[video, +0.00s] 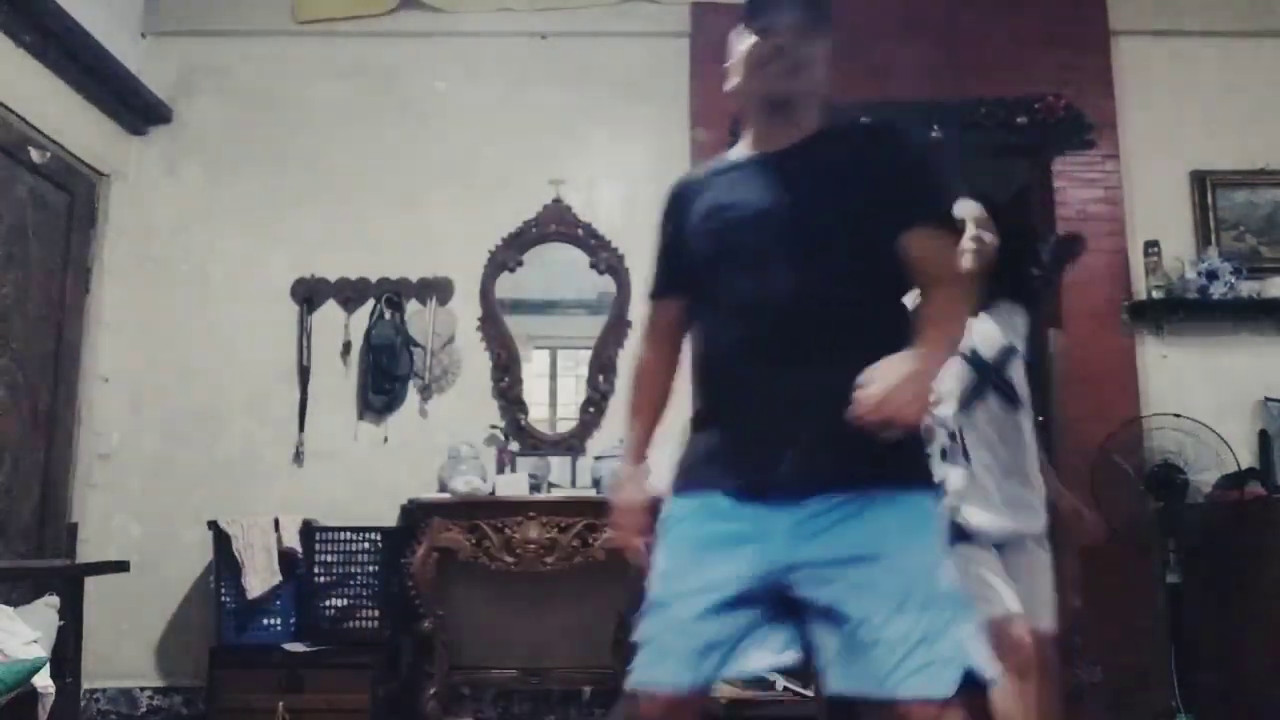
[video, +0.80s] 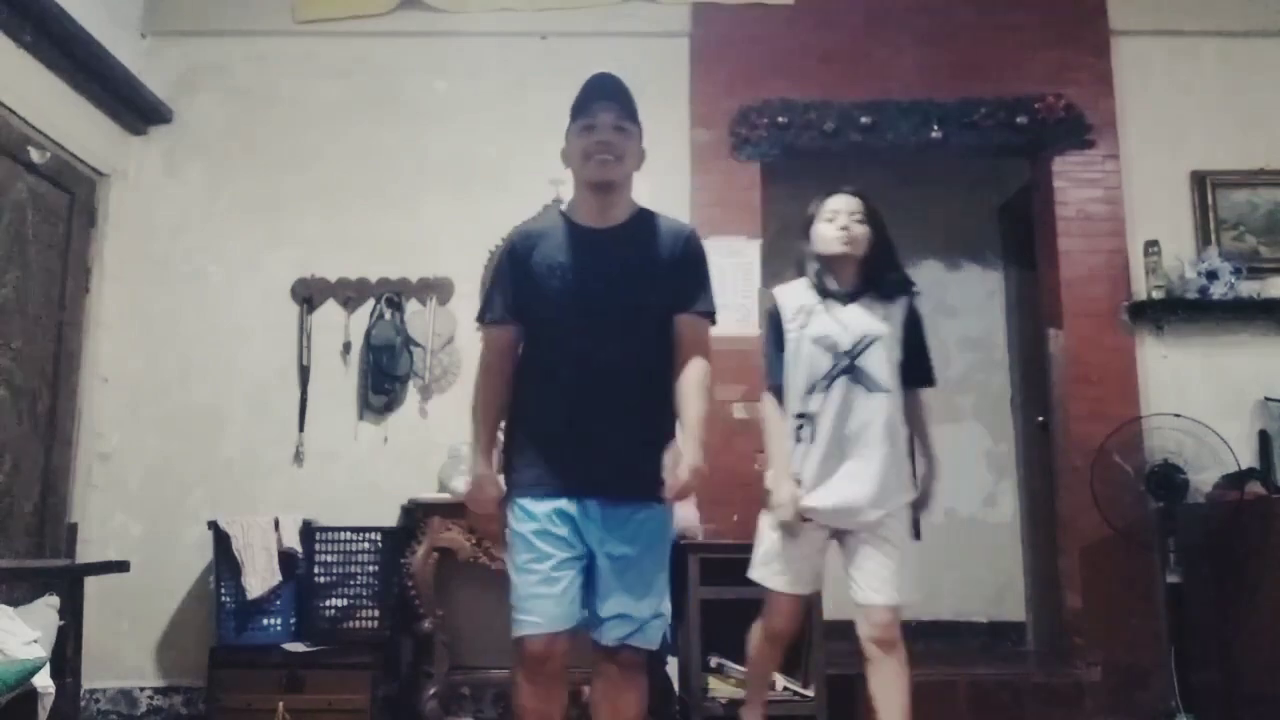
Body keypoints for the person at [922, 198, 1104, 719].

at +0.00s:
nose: (969, 244)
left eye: (981, 232)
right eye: (957, 231)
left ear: (999, 249)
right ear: (936, 244)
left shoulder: (1009, 321)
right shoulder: (921, 325)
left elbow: (1020, 435)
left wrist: (1059, 497)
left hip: (1025, 520)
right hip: (961, 521)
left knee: (1040, 651)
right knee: (1016, 648)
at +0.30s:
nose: (971, 220)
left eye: (984, 212)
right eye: (959, 209)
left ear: (1000, 229)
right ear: (936, 222)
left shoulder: (1018, 306)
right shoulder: (901, 289)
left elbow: (1030, 418)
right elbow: (847, 370)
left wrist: (1057, 499)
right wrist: (850, 459)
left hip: (1011, 495)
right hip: (934, 492)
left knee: (1034, 643)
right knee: (986, 642)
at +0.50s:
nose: (924, 234)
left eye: (937, 226)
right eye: (912, 225)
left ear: (956, 244)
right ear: (888, 241)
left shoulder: (983, 320)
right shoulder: (858, 315)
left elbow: (997, 429)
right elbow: (820, 409)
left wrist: (1001, 522)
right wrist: (816, 500)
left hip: (966, 520)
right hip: (884, 517)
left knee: (949, 665)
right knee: (902, 656)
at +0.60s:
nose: (898, 255)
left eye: (910, 248)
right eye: (884, 248)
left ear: (926, 267)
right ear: (863, 265)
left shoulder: (953, 337)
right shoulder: (835, 335)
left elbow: (966, 439)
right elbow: (815, 432)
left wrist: (979, 525)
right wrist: (810, 520)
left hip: (935, 541)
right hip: (859, 538)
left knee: (919, 677)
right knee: (861, 671)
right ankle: (811, 710)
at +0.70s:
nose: (871, 237)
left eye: (885, 230)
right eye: (858, 228)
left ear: (900, 249)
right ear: (837, 244)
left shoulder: (927, 317)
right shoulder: (813, 312)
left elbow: (941, 409)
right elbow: (797, 409)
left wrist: (961, 482)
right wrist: (801, 488)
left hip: (908, 513)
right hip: (830, 510)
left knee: (904, 653)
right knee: (811, 651)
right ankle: (785, 713)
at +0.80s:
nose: (845, 226)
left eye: (858, 219)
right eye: (831, 218)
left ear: (874, 238)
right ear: (810, 236)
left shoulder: (898, 305)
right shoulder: (784, 303)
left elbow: (912, 394)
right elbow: (773, 397)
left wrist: (928, 466)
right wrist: (779, 477)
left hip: (876, 492)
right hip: (801, 492)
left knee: (883, 632)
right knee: (780, 623)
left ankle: (895, 719)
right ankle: (754, 708)